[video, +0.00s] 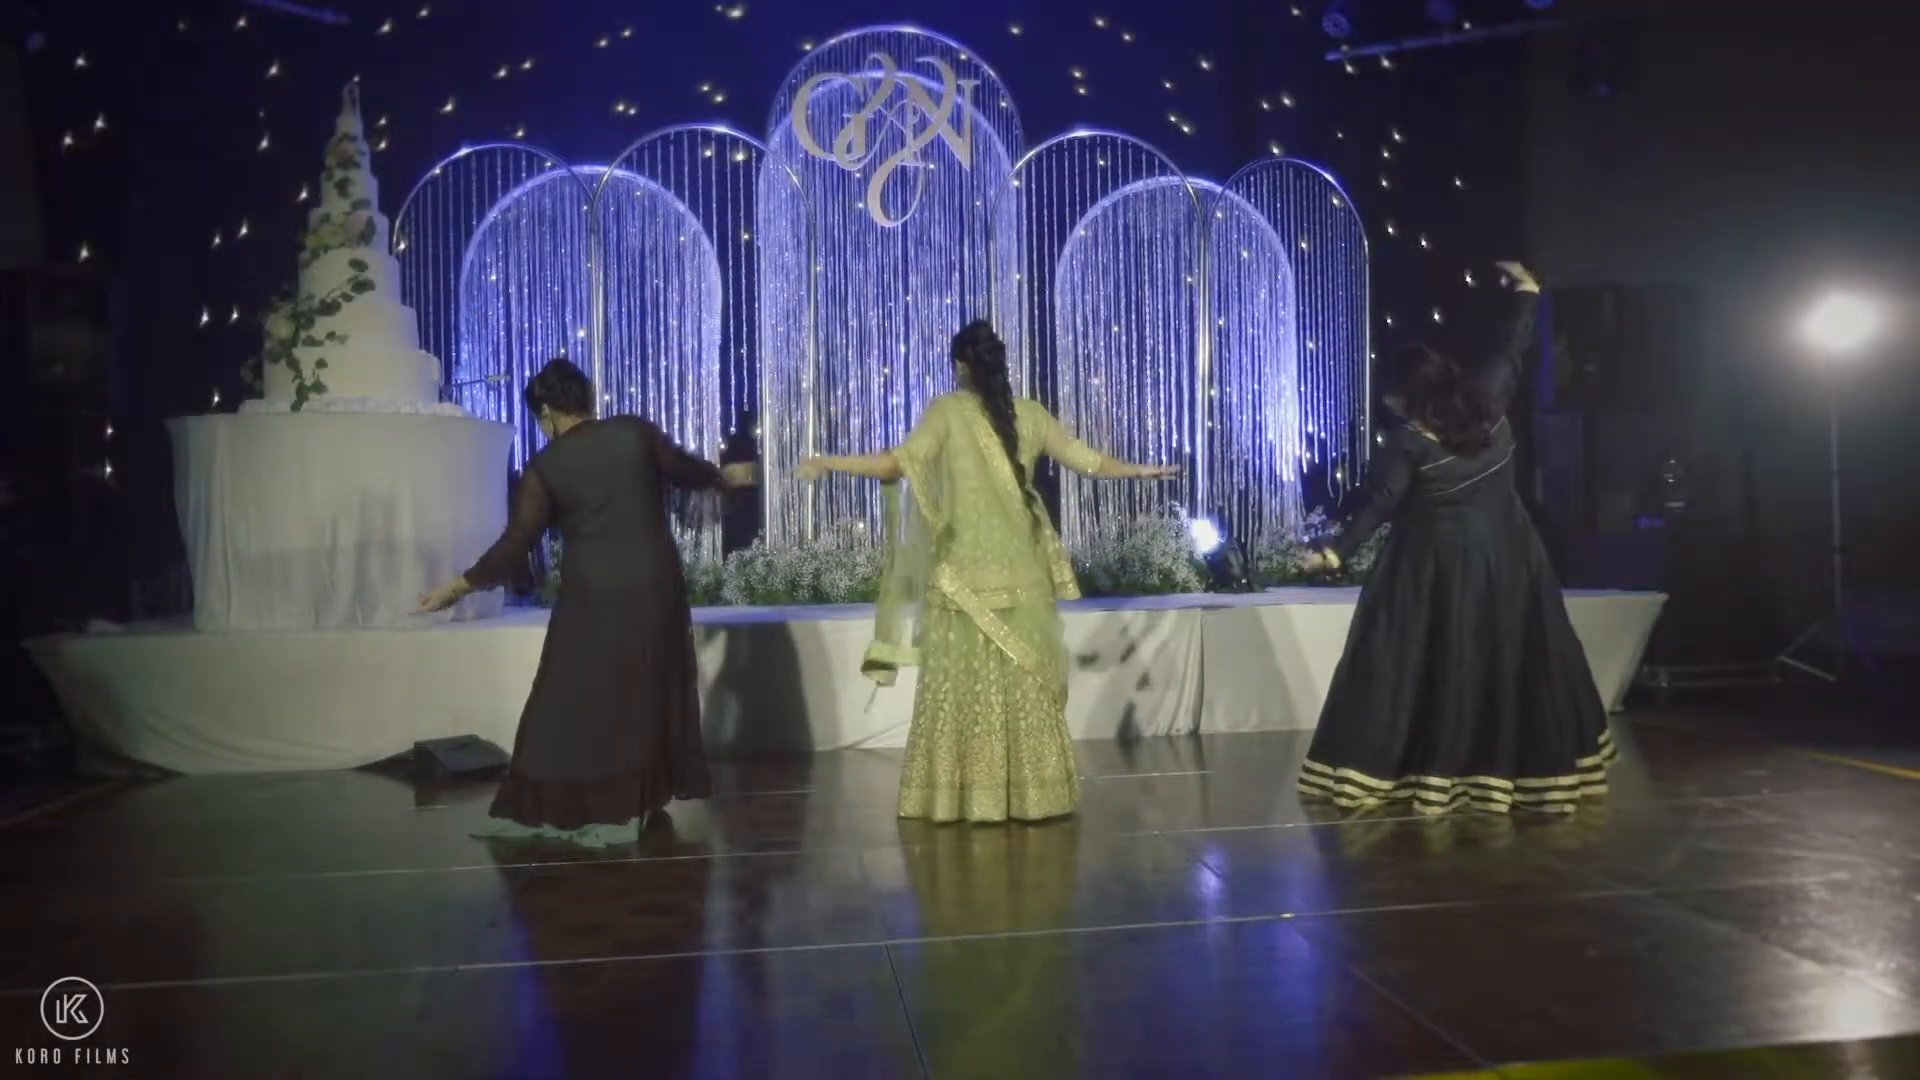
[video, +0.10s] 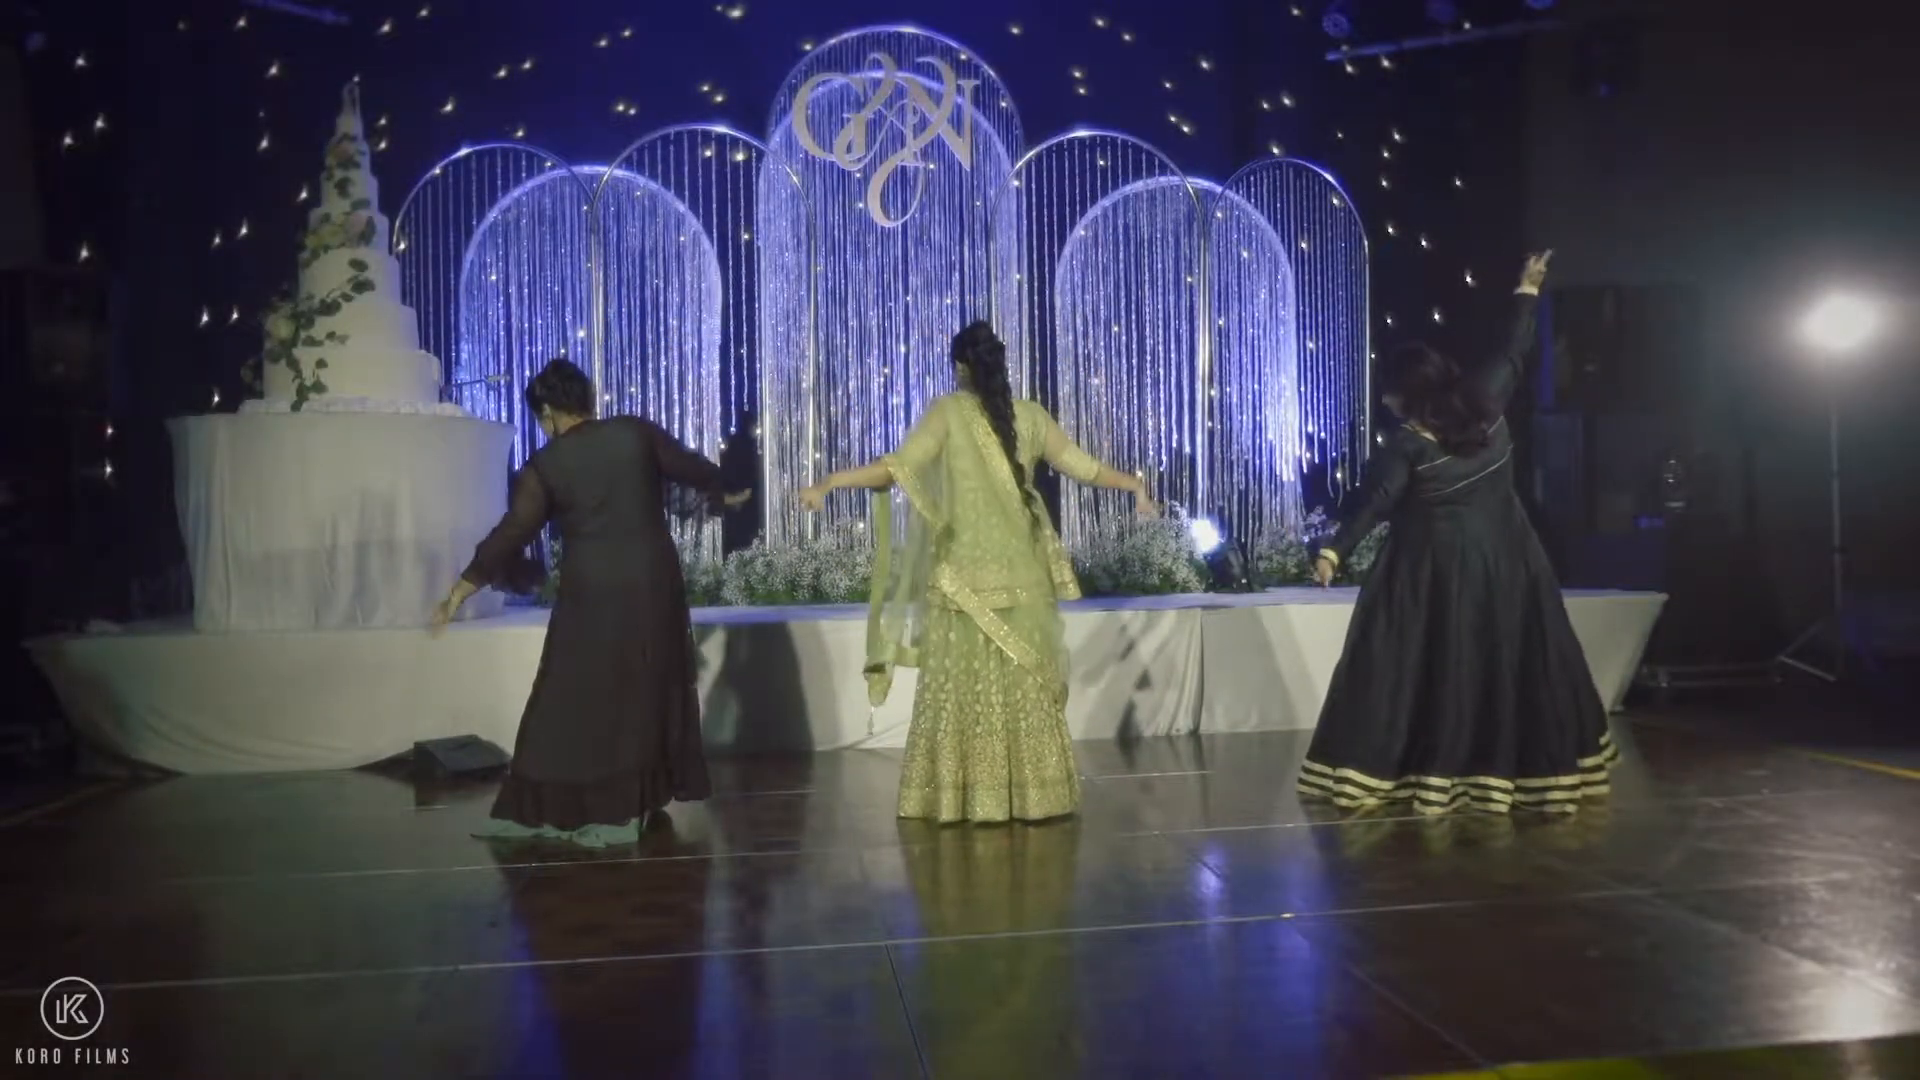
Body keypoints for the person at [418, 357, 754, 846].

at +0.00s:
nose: (542, 428)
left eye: (540, 417)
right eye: (541, 418)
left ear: (550, 413)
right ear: (588, 402)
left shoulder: (547, 466)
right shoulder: (637, 433)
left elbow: (517, 541)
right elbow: (683, 466)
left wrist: (462, 585)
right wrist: (723, 478)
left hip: (594, 594)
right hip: (656, 587)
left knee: (577, 695)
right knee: (649, 691)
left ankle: (585, 811)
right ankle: (650, 802)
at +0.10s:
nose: (542, 428)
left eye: (541, 418)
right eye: (541, 419)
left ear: (551, 413)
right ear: (588, 403)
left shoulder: (546, 465)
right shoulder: (637, 433)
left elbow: (514, 532)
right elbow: (690, 464)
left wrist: (465, 584)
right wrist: (727, 491)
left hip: (592, 594)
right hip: (654, 587)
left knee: (578, 695)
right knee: (648, 690)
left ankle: (580, 810)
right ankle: (648, 803)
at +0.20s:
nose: (542, 424)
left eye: (541, 415)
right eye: (542, 415)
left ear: (549, 412)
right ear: (590, 401)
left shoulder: (542, 461)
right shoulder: (636, 432)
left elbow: (495, 530)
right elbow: (703, 466)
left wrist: (468, 580)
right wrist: (710, 496)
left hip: (587, 591)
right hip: (650, 587)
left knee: (573, 695)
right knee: (646, 691)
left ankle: (571, 811)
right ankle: (648, 803)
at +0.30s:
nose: (540, 420)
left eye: (539, 412)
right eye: (540, 412)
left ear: (547, 408)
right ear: (590, 400)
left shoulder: (538, 455)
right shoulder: (634, 432)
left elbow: (486, 520)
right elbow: (700, 472)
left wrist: (473, 564)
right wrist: (706, 499)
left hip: (579, 592)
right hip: (643, 589)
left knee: (571, 697)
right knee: (643, 692)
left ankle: (575, 811)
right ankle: (646, 804)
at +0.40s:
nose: (533, 417)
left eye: (533, 408)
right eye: (533, 408)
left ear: (544, 403)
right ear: (583, 398)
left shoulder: (536, 447)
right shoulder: (627, 435)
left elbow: (488, 513)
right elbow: (688, 483)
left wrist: (471, 556)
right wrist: (689, 515)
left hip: (569, 593)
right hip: (634, 590)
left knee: (567, 697)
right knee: (633, 694)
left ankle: (574, 811)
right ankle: (639, 807)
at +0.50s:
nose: (525, 413)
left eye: (525, 403)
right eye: (525, 403)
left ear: (539, 399)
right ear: (577, 396)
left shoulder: (529, 441)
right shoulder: (621, 437)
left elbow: (490, 500)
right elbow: (677, 488)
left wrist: (489, 559)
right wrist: (671, 537)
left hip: (558, 593)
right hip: (622, 591)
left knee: (559, 697)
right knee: (622, 695)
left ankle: (569, 810)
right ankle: (629, 808)